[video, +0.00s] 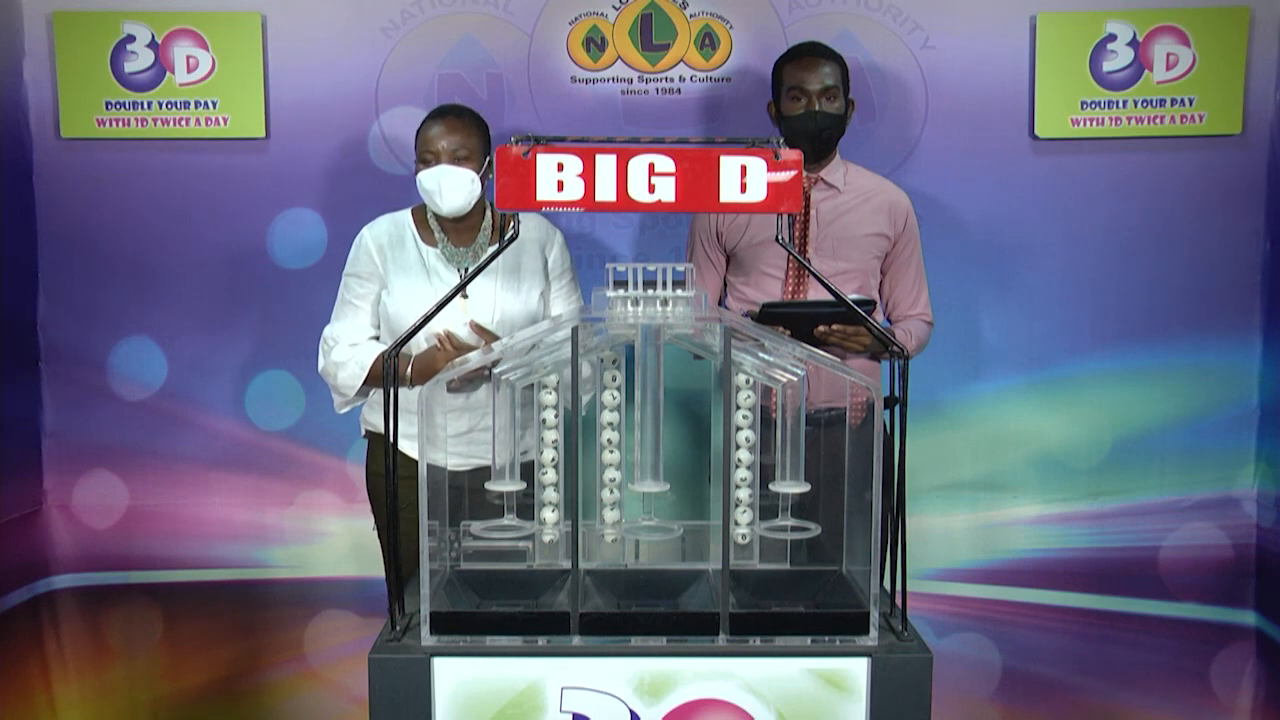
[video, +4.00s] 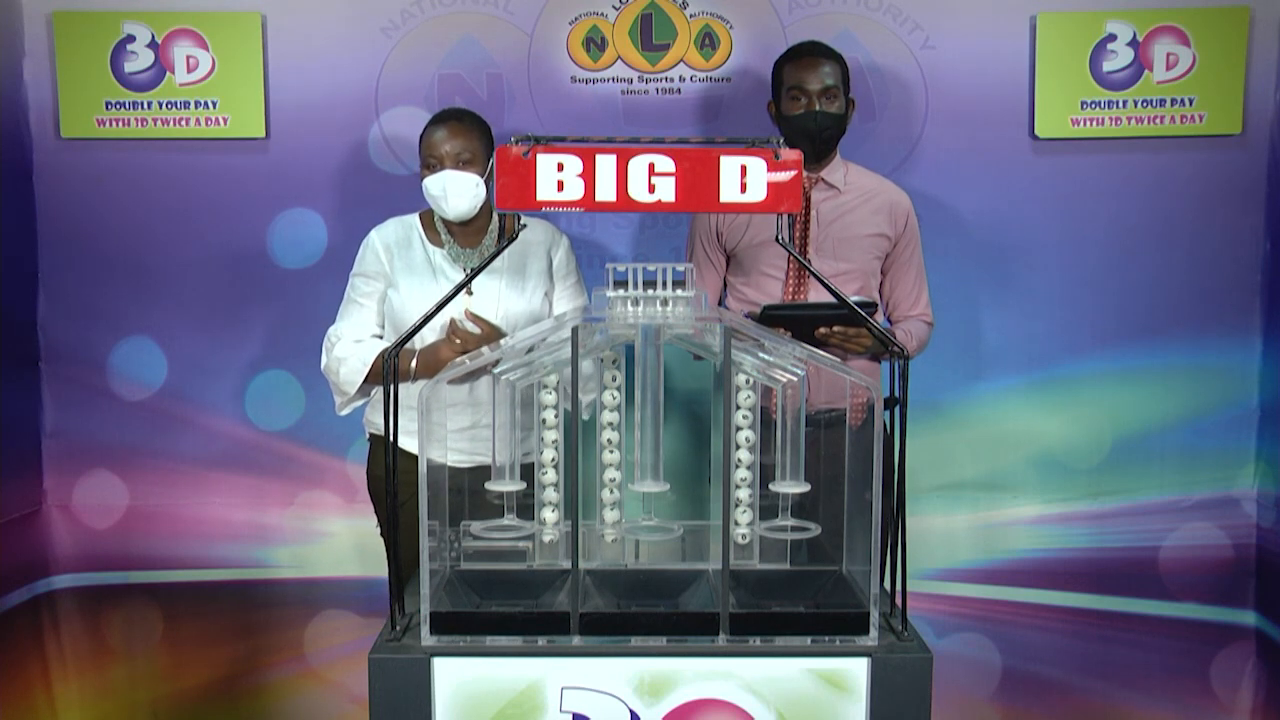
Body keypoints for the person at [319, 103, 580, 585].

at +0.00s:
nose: (445, 175)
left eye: (460, 160)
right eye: (431, 161)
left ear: (486, 163)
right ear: (417, 166)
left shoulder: (538, 239)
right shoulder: (379, 242)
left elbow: (574, 350)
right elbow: (339, 354)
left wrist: (505, 357)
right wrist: (412, 367)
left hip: (511, 463)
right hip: (407, 463)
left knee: (505, 619)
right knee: (417, 618)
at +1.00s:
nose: (442, 176)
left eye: (457, 161)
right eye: (428, 162)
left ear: (482, 166)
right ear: (413, 168)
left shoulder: (536, 241)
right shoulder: (376, 244)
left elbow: (574, 355)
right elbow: (333, 356)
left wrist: (505, 355)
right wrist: (408, 365)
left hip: (508, 463)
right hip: (405, 463)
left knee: (504, 616)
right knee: (417, 615)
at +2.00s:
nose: (435, 180)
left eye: (450, 164)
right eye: (419, 167)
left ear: (472, 166)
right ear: (402, 173)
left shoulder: (527, 240)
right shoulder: (368, 248)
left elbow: (562, 346)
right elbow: (330, 365)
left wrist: (505, 358)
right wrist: (417, 370)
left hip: (507, 462)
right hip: (404, 465)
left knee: (506, 619)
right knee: (416, 618)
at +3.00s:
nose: (445, 177)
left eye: (459, 161)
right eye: (431, 164)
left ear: (487, 166)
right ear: (418, 172)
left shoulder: (540, 243)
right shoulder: (383, 245)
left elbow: (571, 354)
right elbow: (341, 356)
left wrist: (498, 357)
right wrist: (420, 361)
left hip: (509, 461)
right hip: (407, 462)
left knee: (503, 616)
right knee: (416, 615)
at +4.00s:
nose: (450, 179)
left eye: (465, 163)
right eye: (436, 166)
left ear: (491, 165)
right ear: (422, 171)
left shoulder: (546, 246)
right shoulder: (386, 246)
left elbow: (580, 365)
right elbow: (342, 357)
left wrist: (506, 353)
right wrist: (419, 362)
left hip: (514, 464)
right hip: (410, 464)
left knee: (508, 618)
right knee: (418, 619)